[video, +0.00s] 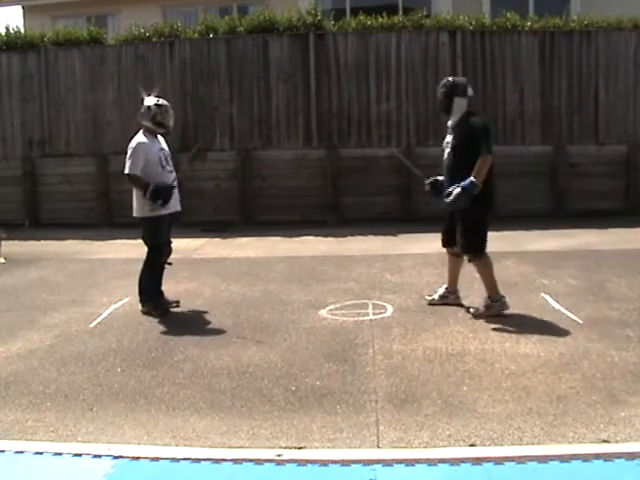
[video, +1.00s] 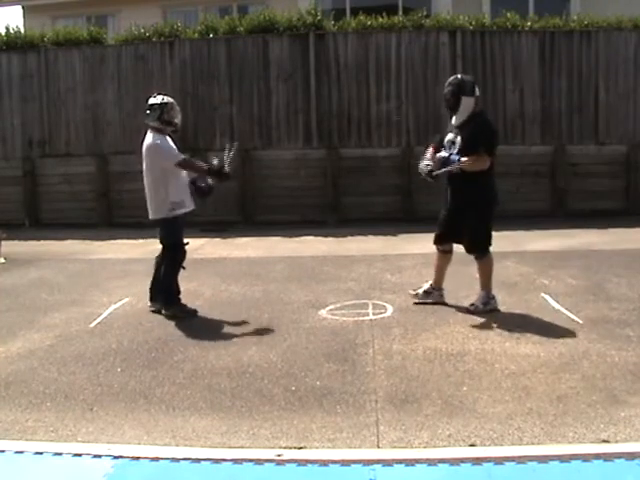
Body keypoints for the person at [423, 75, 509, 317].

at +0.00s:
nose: (441, 102)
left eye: (445, 97)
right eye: (441, 97)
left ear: (458, 99)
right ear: (456, 99)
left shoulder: (476, 126)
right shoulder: (453, 127)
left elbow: (486, 157)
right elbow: (457, 162)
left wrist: (470, 185)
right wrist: (444, 181)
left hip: (475, 196)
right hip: (456, 195)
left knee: (473, 248)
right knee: (452, 244)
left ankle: (495, 298)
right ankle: (451, 290)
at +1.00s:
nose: (447, 101)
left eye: (452, 96)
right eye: (447, 96)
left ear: (467, 98)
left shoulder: (481, 124)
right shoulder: (456, 123)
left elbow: (484, 161)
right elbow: (448, 151)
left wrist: (451, 165)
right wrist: (433, 157)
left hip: (478, 200)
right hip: (457, 197)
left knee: (479, 247)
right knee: (444, 241)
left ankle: (486, 295)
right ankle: (436, 287)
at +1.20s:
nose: (441, 103)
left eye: (447, 98)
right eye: (442, 98)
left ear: (459, 100)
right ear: (450, 100)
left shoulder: (470, 126)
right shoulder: (443, 122)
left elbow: (472, 164)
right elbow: (421, 129)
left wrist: (444, 169)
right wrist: (410, 136)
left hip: (465, 196)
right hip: (447, 194)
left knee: (470, 247)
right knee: (439, 243)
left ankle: (485, 295)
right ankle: (433, 289)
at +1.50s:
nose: (422, 100)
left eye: (426, 97)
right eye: (424, 97)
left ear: (437, 101)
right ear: (443, 101)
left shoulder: (443, 127)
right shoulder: (446, 120)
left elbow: (438, 164)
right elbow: (426, 98)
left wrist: (414, 165)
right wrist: (403, 102)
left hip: (441, 193)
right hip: (435, 191)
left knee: (439, 243)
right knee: (432, 242)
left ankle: (474, 286)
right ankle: (432, 289)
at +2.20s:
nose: (427, 101)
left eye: (431, 96)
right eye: (427, 96)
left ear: (443, 100)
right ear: (441, 100)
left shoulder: (455, 125)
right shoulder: (437, 123)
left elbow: (454, 164)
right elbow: (411, 122)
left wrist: (424, 159)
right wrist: (388, 110)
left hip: (451, 198)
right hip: (438, 196)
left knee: (459, 247)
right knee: (432, 243)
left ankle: (483, 293)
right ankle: (431, 290)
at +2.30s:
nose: (433, 103)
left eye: (438, 98)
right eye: (433, 98)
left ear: (451, 100)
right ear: (444, 100)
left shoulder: (465, 125)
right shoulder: (442, 125)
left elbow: (459, 160)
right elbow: (419, 148)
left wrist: (432, 148)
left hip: (465, 199)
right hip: (447, 198)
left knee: (474, 247)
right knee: (439, 243)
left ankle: (486, 295)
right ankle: (433, 290)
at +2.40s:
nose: (437, 101)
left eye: (441, 97)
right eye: (436, 96)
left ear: (456, 99)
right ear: (440, 100)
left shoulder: (469, 125)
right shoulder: (446, 124)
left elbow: (461, 156)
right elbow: (431, 151)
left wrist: (435, 140)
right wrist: (411, 167)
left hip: (473, 198)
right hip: (452, 197)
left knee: (479, 246)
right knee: (442, 241)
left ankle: (486, 295)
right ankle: (435, 289)